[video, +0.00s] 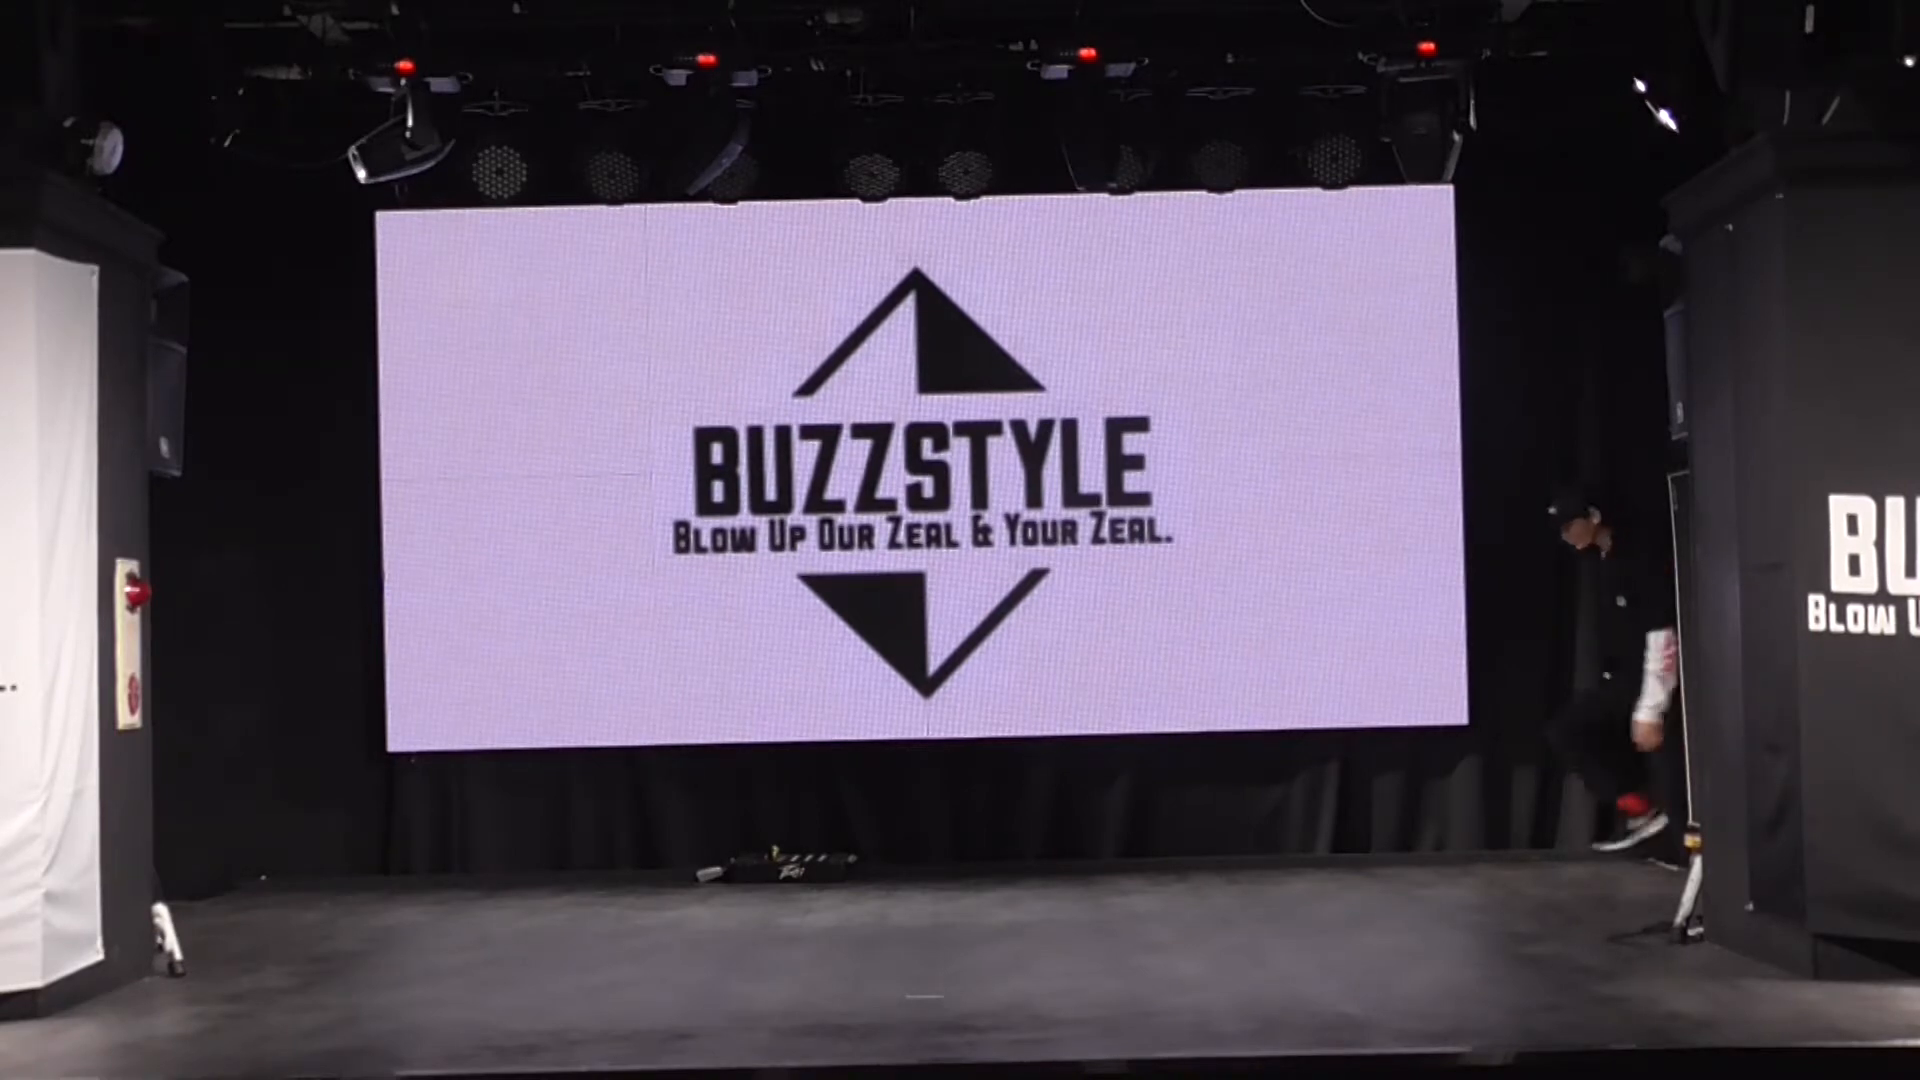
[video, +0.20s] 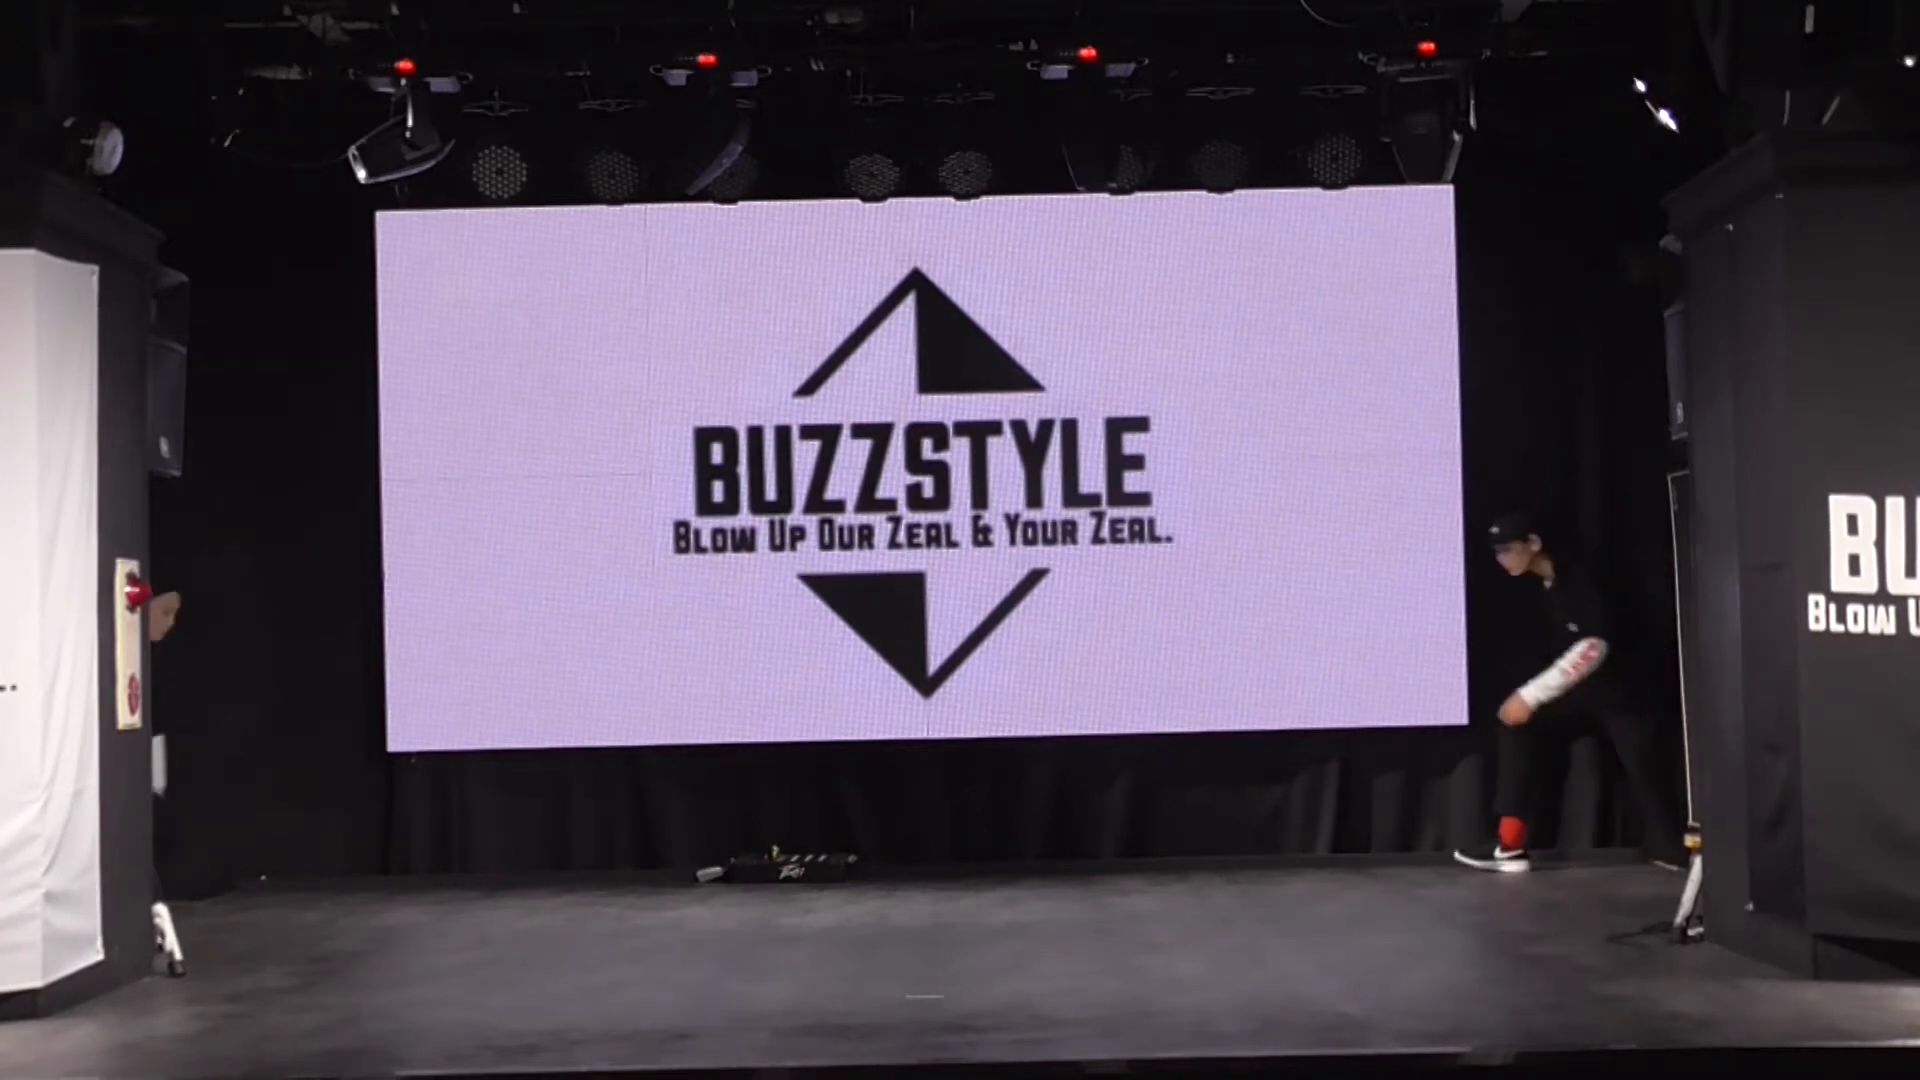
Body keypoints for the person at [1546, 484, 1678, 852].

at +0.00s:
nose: (1565, 536)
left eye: (1569, 526)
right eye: (1562, 528)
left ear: (1593, 517)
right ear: (1588, 521)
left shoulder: (1635, 553)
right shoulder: (1604, 557)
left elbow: (1662, 636)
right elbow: (1614, 633)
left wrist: (1651, 708)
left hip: (1649, 678)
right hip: (1622, 678)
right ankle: (1638, 812)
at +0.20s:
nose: (1501, 560)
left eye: (1507, 550)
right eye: (1498, 552)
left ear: (1533, 544)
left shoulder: (1573, 577)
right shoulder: (1543, 583)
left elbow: (1593, 647)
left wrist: (1530, 696)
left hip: (1614, 682)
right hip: (1579, 683)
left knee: (1640, 765)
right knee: (1516, 725)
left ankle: (1669, 848)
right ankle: (1511, 843)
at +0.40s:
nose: (1426, 507)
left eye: (1429, 497)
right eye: (1423, 499)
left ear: (1454, 491)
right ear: (1450, 493)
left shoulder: (1489, 519)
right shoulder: (1468, 523)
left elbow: (1526, 590)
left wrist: (1517, 662)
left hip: (1555, 643)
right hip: (1522, 645)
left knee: (1597, 739)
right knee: (1478, 733)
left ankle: (1685, 829)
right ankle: (1506, 846)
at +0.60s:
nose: (1374, 471)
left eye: (1378, 462)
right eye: (1371, 464)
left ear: (1403, 453)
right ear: (1392, 459)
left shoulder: (1446, 490)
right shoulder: (1413, 497)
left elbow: (1504, 551)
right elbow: (1449, 564)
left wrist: (1534, 619)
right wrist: (1456, 624)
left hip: (1490, 630)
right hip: (1461, 634)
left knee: (1481, 728)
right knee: (1461, 736)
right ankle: (1502, 842)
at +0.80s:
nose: (1322, 458)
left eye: (1327, 448)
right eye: (1319, 449)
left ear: (1354, 441)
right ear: (1342, 446)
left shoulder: (1408, 479)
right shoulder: (1357, 494)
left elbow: (1467, 536)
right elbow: (1373, 573)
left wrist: (1500, 597)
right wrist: (1363, 640)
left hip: (1429, 616)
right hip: (1408, 620)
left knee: (1354, 696)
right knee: (1448, 729)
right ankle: (1499, 837)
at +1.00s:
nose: (1254, 459)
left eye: (1261, 450)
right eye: (1253, 451)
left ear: (1288, 451)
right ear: (1275, 455)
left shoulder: (1327, 501)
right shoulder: (1284, 505)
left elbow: (1390, 552)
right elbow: (1294, 575)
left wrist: (1414, 614)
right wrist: (1249, 607)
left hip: (1346, 641)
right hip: (1327, 643)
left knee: (1294, 733)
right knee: (1399, 735)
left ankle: (1246, 851)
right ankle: (1478, 826)